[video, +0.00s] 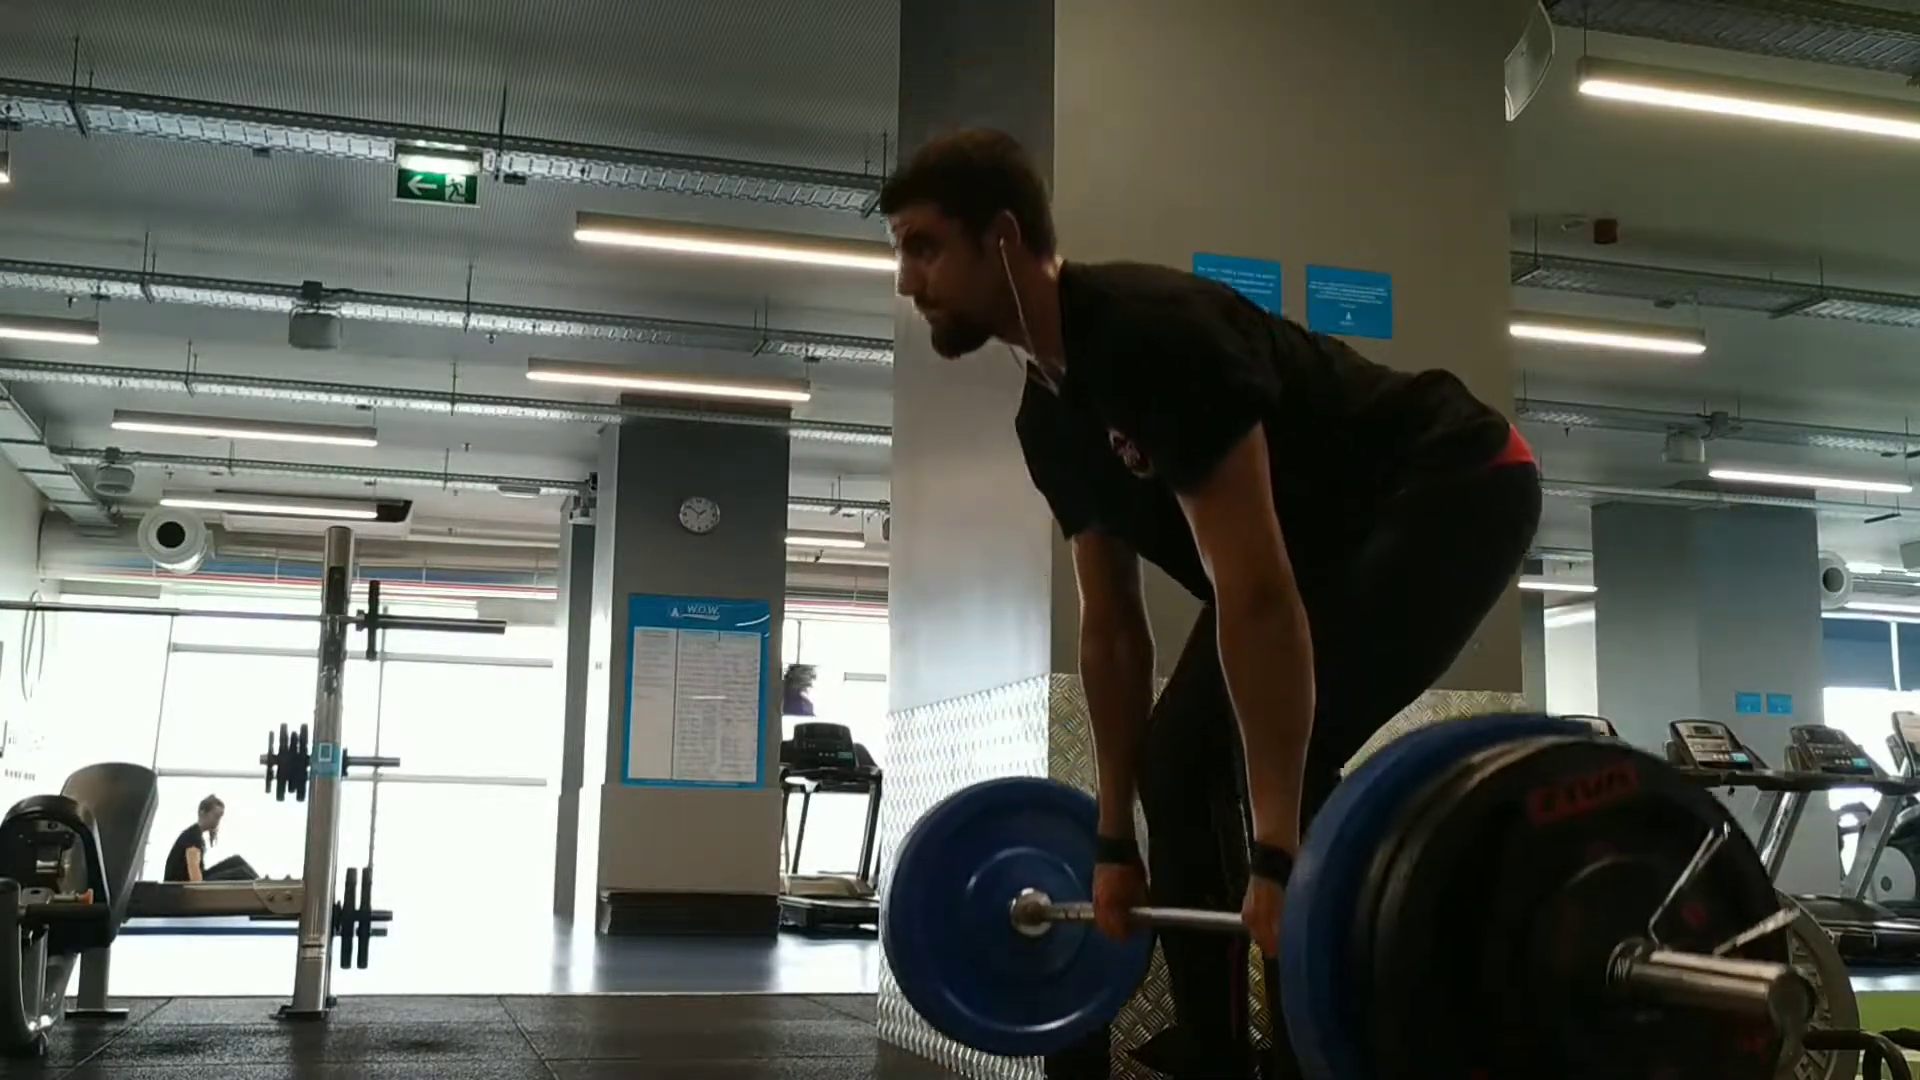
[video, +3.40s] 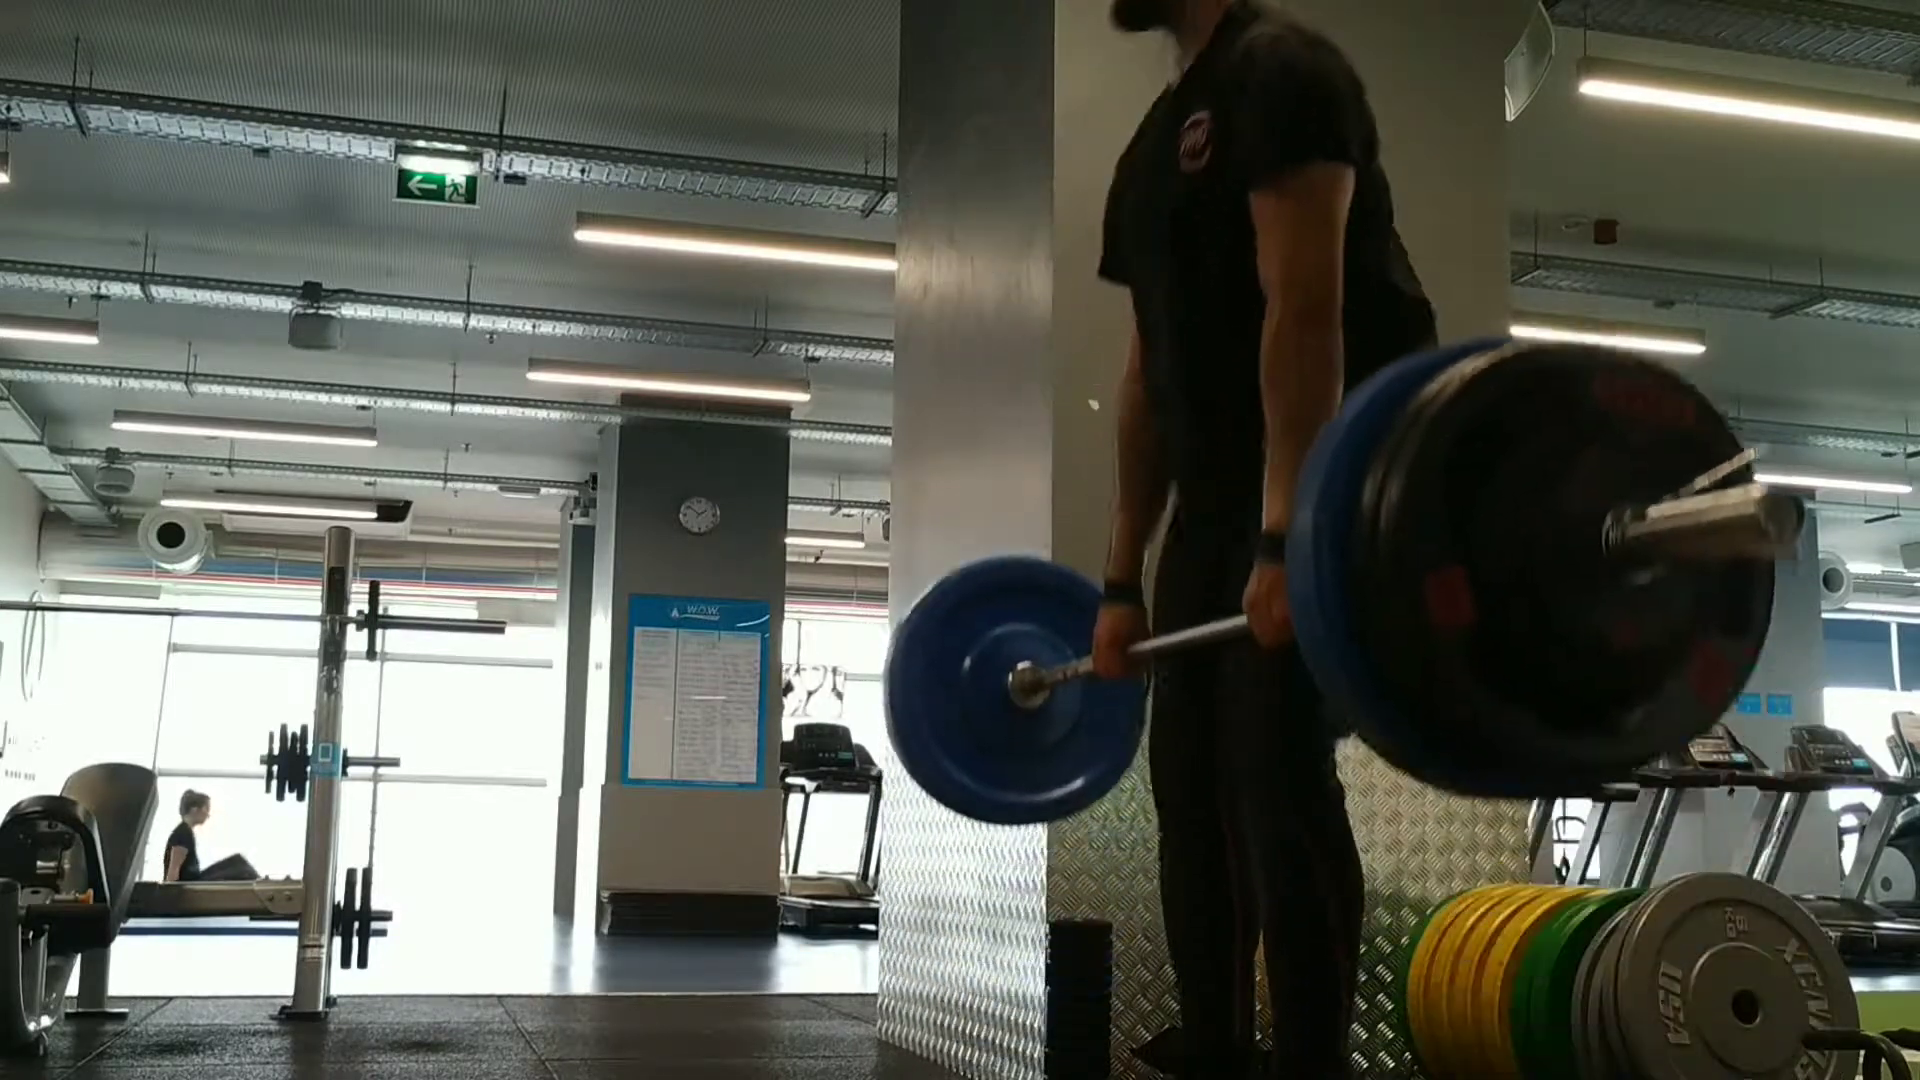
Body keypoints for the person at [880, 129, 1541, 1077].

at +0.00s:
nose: (905, 283)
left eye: (923, 249)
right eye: (901, 256)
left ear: (1006, 238)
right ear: (998, 249)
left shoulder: (1152, 329)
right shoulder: (1049, 418)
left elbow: (1259, 594)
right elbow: (1108, 626)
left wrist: (1277, 854)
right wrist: (1114, 840)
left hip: (1451, 487)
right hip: (1313, 527)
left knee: (1282, 761)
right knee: (1175, 763)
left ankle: (1310, 1040)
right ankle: (1210, 1039)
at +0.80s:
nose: (949, 133)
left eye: (967, 103)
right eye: (945, 109)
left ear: (1052, 100)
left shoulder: (1184, 215)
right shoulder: (1065, 303)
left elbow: (1270, 480)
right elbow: (1116, 521)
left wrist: (1278, 723)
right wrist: (1117, 730)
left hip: (1427, 470)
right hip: (1290, 498)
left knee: (1330, 756)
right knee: (1212, 750)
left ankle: (1318, 1052)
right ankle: (1216, 1043)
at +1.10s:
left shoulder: (1248, 69)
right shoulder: (1129, 136)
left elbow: (1283, 317)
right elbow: (1126, 376)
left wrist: (1272, 544)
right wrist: (1110, 579)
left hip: (1327, 483)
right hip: (1220, 490)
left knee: (1294, 776)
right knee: (1200, 769)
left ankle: (1314, 1060)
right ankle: (1215, 1050)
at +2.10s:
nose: (972, 120)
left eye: (989, 90)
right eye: (966, 97)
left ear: (1067, 84)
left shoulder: (1201, 204)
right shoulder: (1078, 285)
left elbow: (1277, 456)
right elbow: (1123, 497)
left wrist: (1285, 705)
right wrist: (1116, 714)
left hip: (1423, 488)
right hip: (1285, 516)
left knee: (1314, 766)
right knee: (1199, 756)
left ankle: (1316, 1059)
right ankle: (1213, 1049)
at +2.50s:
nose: (922, 288)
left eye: (938, 255)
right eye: (918, 263)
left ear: (1020, 242)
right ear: (1012, 252)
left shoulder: (1172, 341)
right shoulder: (1061, 424)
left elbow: (1270, 605)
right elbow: (1114, 631)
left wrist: (1287, 868)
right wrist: (1116, 843)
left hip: (1458, 491)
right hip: (1318, 530)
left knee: (1295, 754)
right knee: (1179, 758)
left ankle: (1312, 1047)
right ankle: (1210, 1037)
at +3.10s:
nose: (963, 123)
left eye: (981, 95)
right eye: (960, 101)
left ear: (1064, 96)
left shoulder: (1192, 210)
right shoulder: (1072, 298)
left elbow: (1274, 465)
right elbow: (1121, 503)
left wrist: (1284, 714)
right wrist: (1120, 723)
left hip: (1426, 482)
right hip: (1289, 509)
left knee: (1314, 762)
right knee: (1201, 754)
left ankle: (1312, 1056)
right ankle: (1211, 1042)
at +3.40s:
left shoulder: (1283, 67)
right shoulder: (1153, 143)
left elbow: (1307, 314)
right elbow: (1147, 371)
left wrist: (1286, 539)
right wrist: (1124, 576)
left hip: (1308, 500)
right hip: (1211, 503)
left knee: (1280, 778)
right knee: (1186, 775)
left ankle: (1311, 1056)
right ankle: (1211, 1046)